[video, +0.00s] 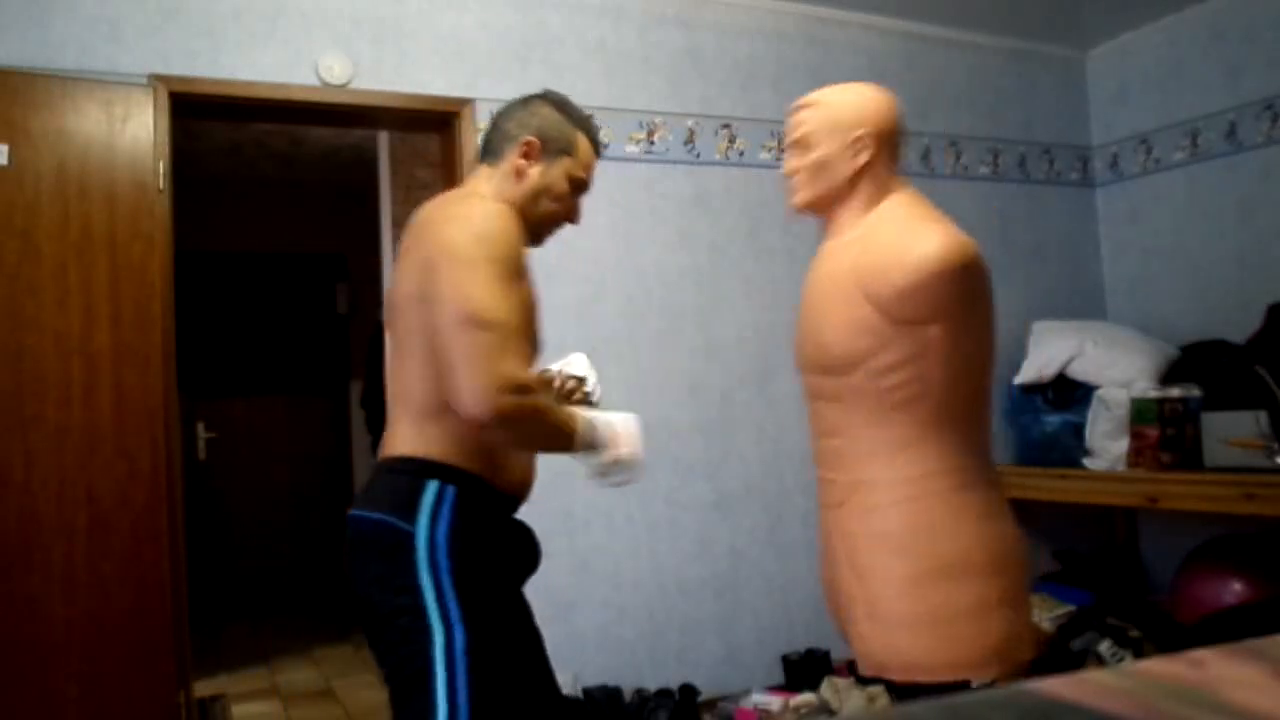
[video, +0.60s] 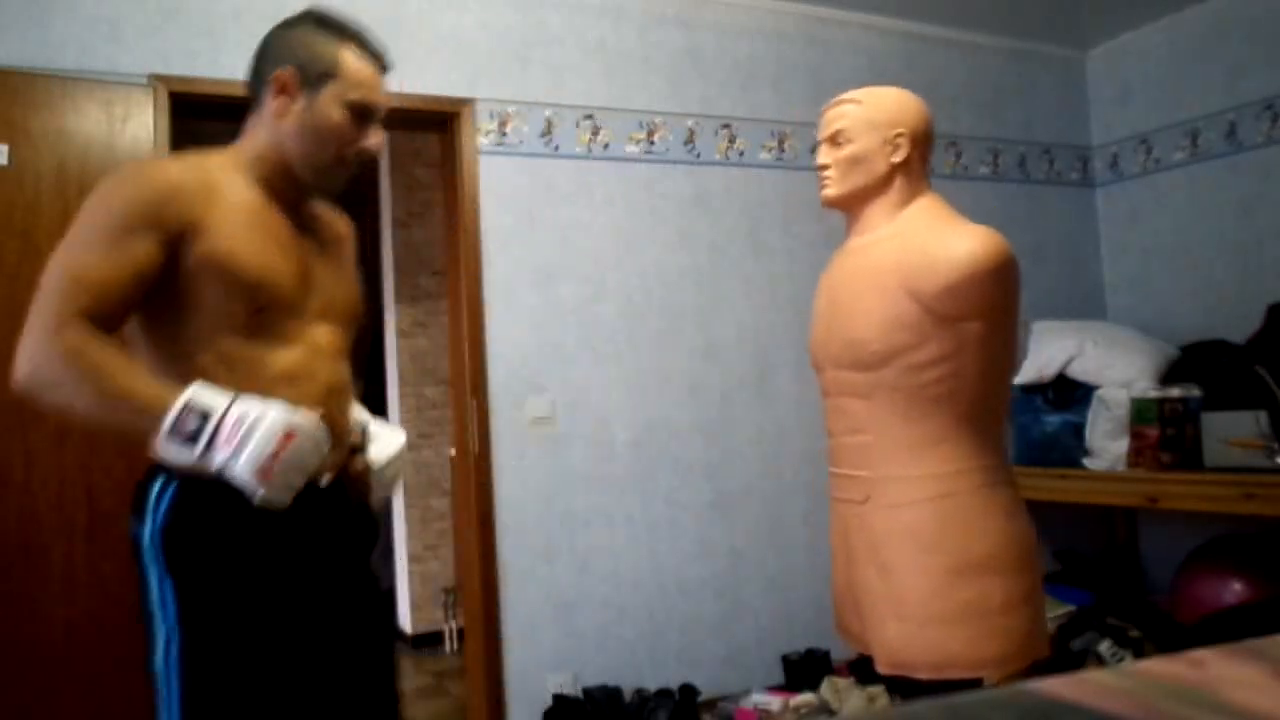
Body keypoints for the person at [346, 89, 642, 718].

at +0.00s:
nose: (576, 212)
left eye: (582, 193)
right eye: (575, 185)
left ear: (524, 160)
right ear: (527, 158)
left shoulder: (445, 220)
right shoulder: (475, 222)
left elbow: (445, 387)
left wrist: (537, 389)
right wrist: (590, 433)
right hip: (438, 522)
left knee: (521, 706)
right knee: (474, 708)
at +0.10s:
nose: (544, 206)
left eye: (549, 186)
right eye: (539, 179)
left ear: (485, 159)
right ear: (485, 156)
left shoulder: (449, 237)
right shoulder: (418, 228)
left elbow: (447, 391)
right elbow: (410, 403)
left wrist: (528, 408)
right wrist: (531, 438)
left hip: (445, 525)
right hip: (408, 528)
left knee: (519, 708)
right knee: (452, 713)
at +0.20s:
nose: (503, 220)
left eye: (506, 199)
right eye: (495, 194)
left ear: (437, 178)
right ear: (434, 174)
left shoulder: (415, 270)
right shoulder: (357, 264)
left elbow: (423, 434)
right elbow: (352, 450)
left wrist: (503, 477)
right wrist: (484, 494)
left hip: (430, 557)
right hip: (373, 562)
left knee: (530, 707)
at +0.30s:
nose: (465, 226)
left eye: (468, 206)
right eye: (455, 201)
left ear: (393, 187)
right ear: (389, 184)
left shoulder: (380, 304)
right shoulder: (295, 294)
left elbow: (391, 467)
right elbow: (270, 490)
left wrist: (471, 511)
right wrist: (431, 545)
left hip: (397, 595)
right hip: (325, 604)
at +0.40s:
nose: (441, 182)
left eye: (447, 163)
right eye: (429, 156)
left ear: (364, 138)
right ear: (361, 133)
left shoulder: (361, 249)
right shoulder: (250, 229)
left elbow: (336, 419)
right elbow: (162, 405)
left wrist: (406, 474)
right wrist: (334, 484)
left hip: (363, 557)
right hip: (271, 560)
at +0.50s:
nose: (410, 136)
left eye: (415, 115)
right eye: (397, 105)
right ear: (325, 84)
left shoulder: (365, 224)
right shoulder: (211, 174)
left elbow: (337, 370)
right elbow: (88, 331)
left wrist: (378, 430)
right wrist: (260, 415)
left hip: (346, 510)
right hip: (237, 508)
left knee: (398, 706)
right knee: (235, 711)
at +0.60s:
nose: (372, 143)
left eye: (378, 123)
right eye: (358, 114)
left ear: (289, 99)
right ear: (284, 94)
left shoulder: (336, 230)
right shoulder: (160, 192)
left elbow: (316, 365)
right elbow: (46, 354)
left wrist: (361, 433)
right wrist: (217, 426)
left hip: (327, 516)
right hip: (214, 521)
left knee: (354, 710)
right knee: (222, 713)